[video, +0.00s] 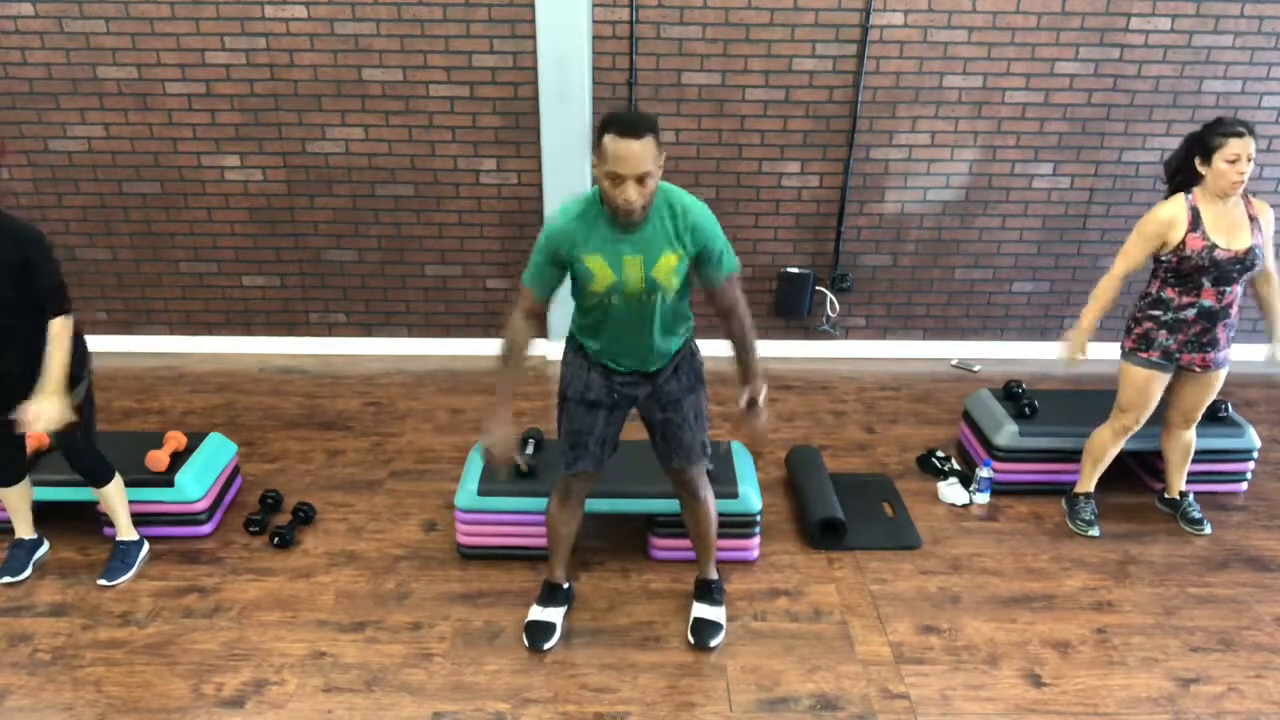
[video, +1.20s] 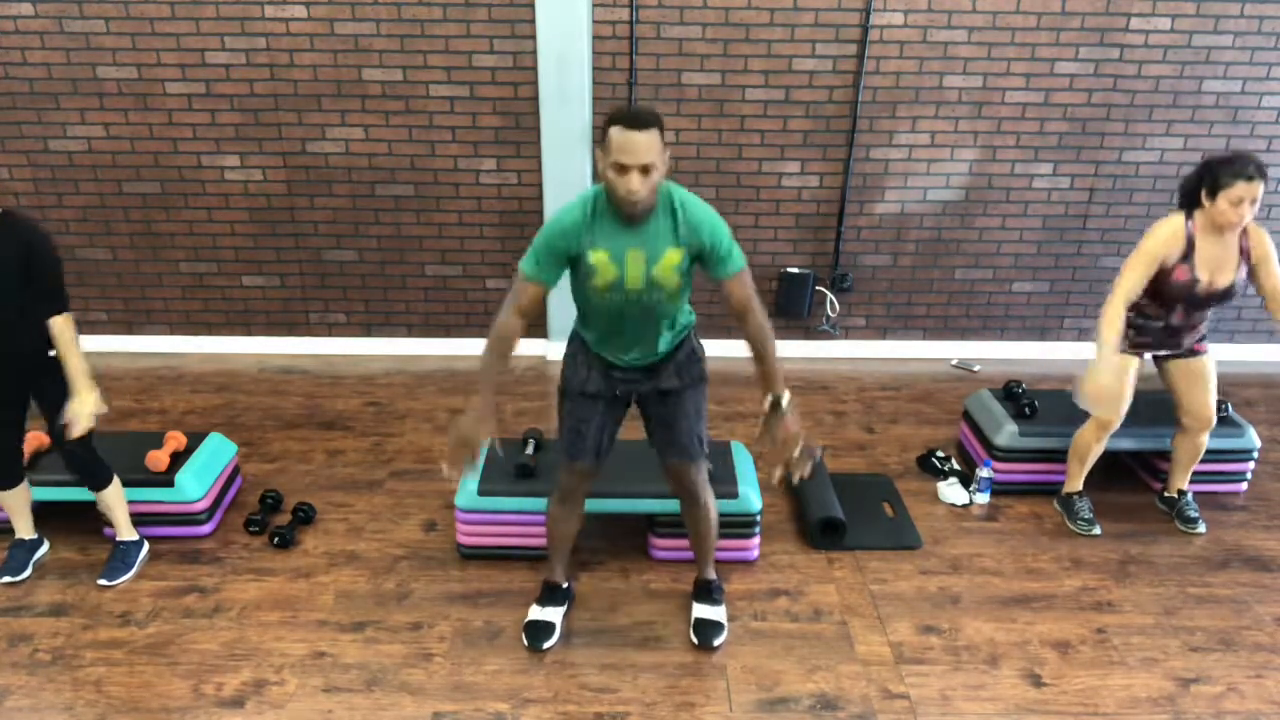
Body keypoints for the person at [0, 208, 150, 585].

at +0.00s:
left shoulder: (20, 239)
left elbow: (59, 315)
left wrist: (51, 390)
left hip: (54, 362)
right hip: (7, 371)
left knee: (79, 449)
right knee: (6, 458)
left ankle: (129, 538)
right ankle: (26, 539)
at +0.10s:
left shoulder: (14, 261)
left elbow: (44, 341)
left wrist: (6, 387)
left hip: (68, 348)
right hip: (15, 358)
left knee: (81, 449)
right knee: (2, 451)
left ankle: (129, 539)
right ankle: (25, 539)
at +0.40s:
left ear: (5, 319)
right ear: (3, 320)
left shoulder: (28, 353)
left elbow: (18, 430)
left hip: (99, 400)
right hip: (51, 410)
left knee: (84, 474)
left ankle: (131, 540)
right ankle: (25, 538)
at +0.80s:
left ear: (3, 313)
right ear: (3, 314)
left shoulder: (25, 345)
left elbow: (12, 419)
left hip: (94, 401)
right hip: (45, 410)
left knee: (79, 479)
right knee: (1, 477)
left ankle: (130, 540)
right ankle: (26, 538)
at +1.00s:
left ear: (4, 245)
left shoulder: (18, 279)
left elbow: (18, 360)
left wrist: (3, 426)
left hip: (76, 367)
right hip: (31, 372)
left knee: (80, 467)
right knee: (2, 465)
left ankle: (130, 540)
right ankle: (26, 539)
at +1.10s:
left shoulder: (16, 253)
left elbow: (36, 332)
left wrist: (41, 410)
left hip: (61, 357)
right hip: (11, 365)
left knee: (78, 456)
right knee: (1, 458)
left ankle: (129, 539)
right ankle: (26, 538)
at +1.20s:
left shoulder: (23, 238)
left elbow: (57, 316)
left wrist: (82, 388)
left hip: (43, 363)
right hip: (5, 373)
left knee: (78, 450)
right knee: (5, 459)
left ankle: (129, 539)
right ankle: (26, 538)